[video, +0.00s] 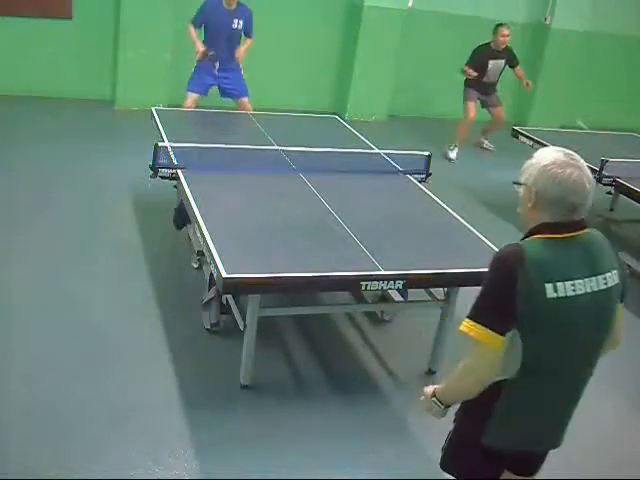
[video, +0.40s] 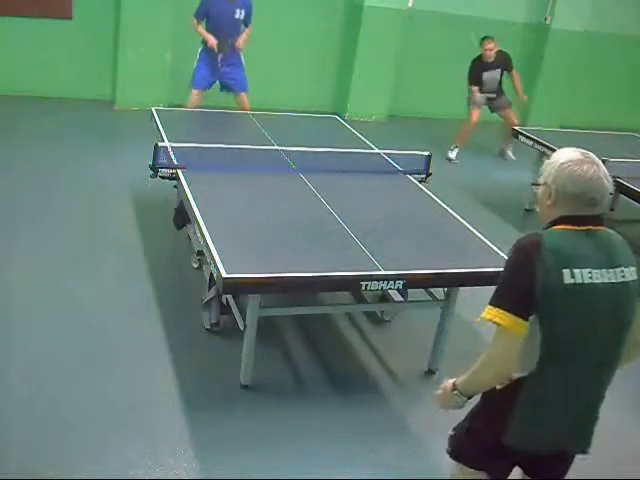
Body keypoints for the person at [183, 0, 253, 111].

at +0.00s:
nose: (231, 0)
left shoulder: (245, 12)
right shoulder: (210, 5)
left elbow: (249, 37)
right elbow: (192, 25)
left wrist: (242, 51)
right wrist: (198, 45)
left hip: (231, 64)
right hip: (207, 62)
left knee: (245, 106)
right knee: (189, 104)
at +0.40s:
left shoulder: (245, 3)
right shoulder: (209, 2)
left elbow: (248, 25)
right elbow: (196, 22)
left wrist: (241, 39)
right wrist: (208, 37)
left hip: (232, 52)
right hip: (209, 51)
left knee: (241, 93)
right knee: (196, 91)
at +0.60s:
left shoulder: (248, 2)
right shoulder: (208, 2)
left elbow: (252, 21)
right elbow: (196, 18)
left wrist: (246, 32)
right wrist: (208, 30)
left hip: (234, 50)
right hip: (211, 49)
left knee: (242, 91)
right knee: (199, 88)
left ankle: (247, 125)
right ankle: (192, 123)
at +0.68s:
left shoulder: (247, 4)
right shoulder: (210, 3)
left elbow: (253, 27)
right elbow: (196, 25)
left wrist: (247, 39)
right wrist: (208, 38)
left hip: (234, 58)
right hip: (211, 57)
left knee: (244, 103)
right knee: (196, 102)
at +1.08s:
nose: (222, 3)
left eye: (224, 1)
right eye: (219, 1)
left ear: (228, 2)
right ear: (214, 2)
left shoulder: (236, 17)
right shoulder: (201, 15)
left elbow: (242, 41)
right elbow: (190, 44)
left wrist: (235, 58)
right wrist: (204, 48)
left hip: (223, 67)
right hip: (199, 66)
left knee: (239, 103)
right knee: (186, 103)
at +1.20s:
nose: (221, 1)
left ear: (228, 1)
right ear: (213, 1)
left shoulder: (235, 15)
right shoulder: (199, 14)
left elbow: (238, 38)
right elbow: (186, 43)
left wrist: (231, 55)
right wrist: (201, 46)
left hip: (221, 65)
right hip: (197, 64)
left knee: (236, 105)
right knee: (183, 103)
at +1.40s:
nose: (219, 8)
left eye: (222, 5)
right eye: (216, 4)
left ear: (227, 6)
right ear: (211, 5)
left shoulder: (235, 21)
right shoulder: (199, 19)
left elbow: (242, 44)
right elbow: (190, 49)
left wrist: (232, 61)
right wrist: (206, 49)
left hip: (222, 66)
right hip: (198, 65)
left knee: (237, 104)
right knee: (183, 103)